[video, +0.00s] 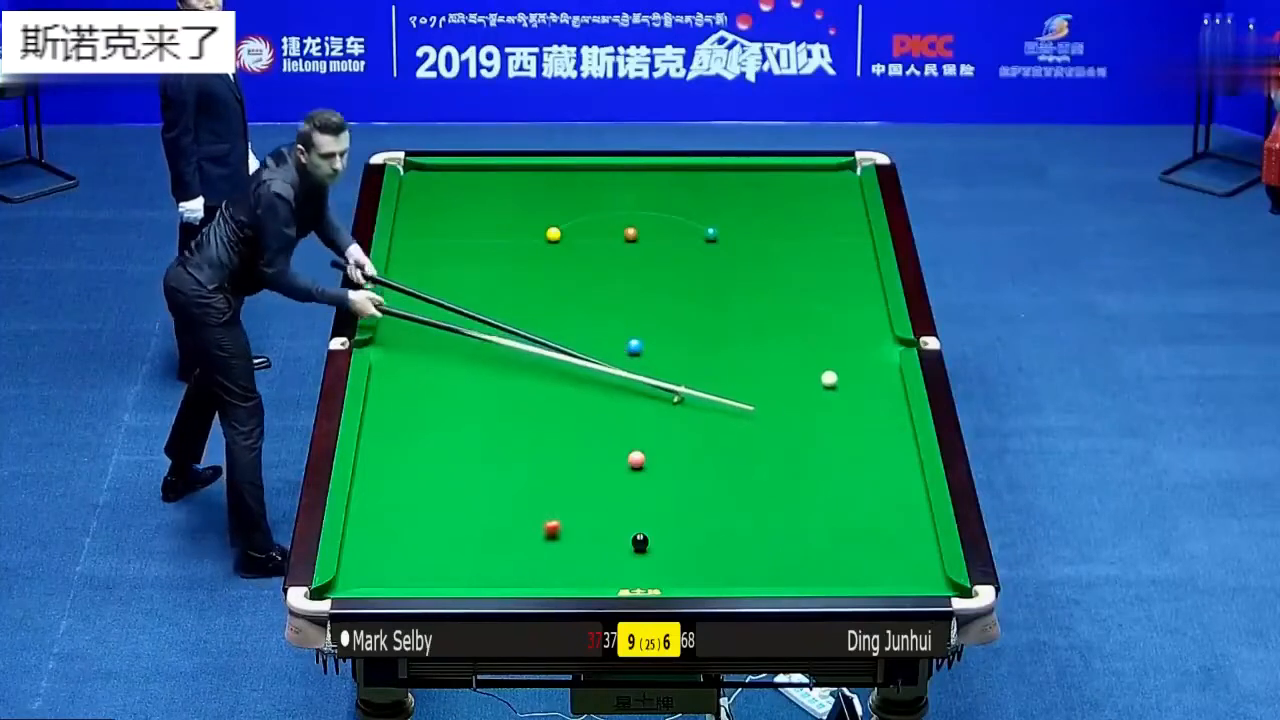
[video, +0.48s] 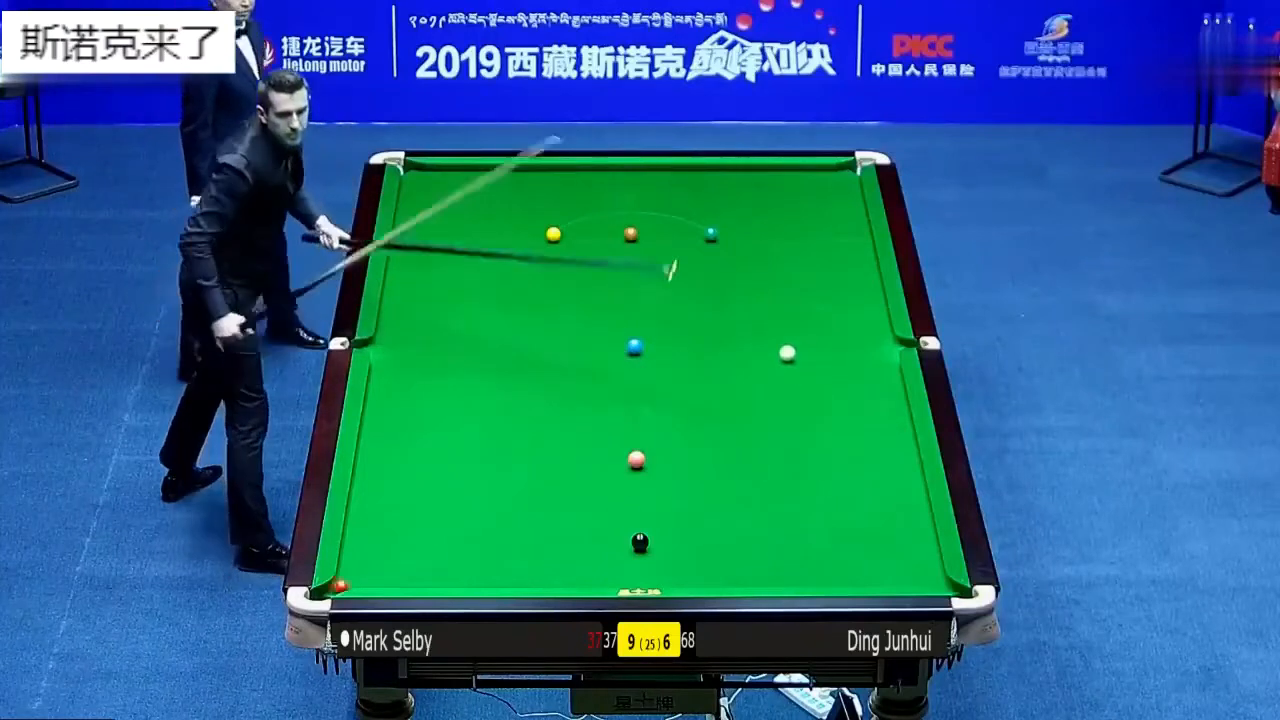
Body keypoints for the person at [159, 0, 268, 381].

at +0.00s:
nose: (214, 9)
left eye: (217, 3)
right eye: (205, 4)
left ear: (219, 8)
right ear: (185, 7)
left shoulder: (217, 53)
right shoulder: (180, 65)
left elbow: (229, 120)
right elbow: (177, 136)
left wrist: (248, 159)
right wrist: (188, 195)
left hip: (230, 187)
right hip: (204, 194)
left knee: (225, 279)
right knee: (199, 284)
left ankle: (226, 355)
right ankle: (195, 361)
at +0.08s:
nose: (216, 9)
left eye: (218, 4)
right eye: (207, 4)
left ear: (219, 8)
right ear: (186, 7)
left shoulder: (217, 53)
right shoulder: (181, 65)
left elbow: (230, 117)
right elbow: (177, 135)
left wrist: (248, 154)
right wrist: (188, 195)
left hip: (230, 187)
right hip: (203, 194)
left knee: (226, 278)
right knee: (198, 284)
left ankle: (228, 355)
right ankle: (195, 362)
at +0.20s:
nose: (221, 8)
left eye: (222, 4)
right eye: (212, 3)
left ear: (222, 9)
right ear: (190, 7)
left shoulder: (221, 53)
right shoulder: (182, 64)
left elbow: (233, 121)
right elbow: (176, 134)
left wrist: (246, 172)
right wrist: (186, 193)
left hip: (231, 186)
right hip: (204, 190)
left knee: (230, 275)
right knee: (197, 281)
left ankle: (231, 352)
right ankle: (194, 360)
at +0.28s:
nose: (223, 7)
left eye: (225, 2)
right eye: (214, 2)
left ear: (225, 7)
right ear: (194, 4)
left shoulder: (225, 47)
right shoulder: (186, 60)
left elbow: (235, 116)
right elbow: (178, 133)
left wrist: (251, 166)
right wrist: (187, 193)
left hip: (235, 181)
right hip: (206, 187)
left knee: (240, 268)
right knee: (202, 276)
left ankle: (242, 343)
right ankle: (195, 357)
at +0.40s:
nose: (234, 2)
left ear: (238, 2)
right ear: (205, 2)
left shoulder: (238, 31)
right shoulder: (194, 49)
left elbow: (242, 104)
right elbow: (185, 127)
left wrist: (263, 156)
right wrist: (193, 190)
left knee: (260, 256)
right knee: (202, 274)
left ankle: (269, 330)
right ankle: (196, 359)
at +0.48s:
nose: (243, 3)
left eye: (246, 0)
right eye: (235, 0)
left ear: (251, 4)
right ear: (216, 3)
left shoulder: (254, 31)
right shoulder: (204, 47)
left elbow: (261, 93)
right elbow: (196, 121)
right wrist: (201, 184)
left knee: (275, 250)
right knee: (214, 257)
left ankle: (285, 322)